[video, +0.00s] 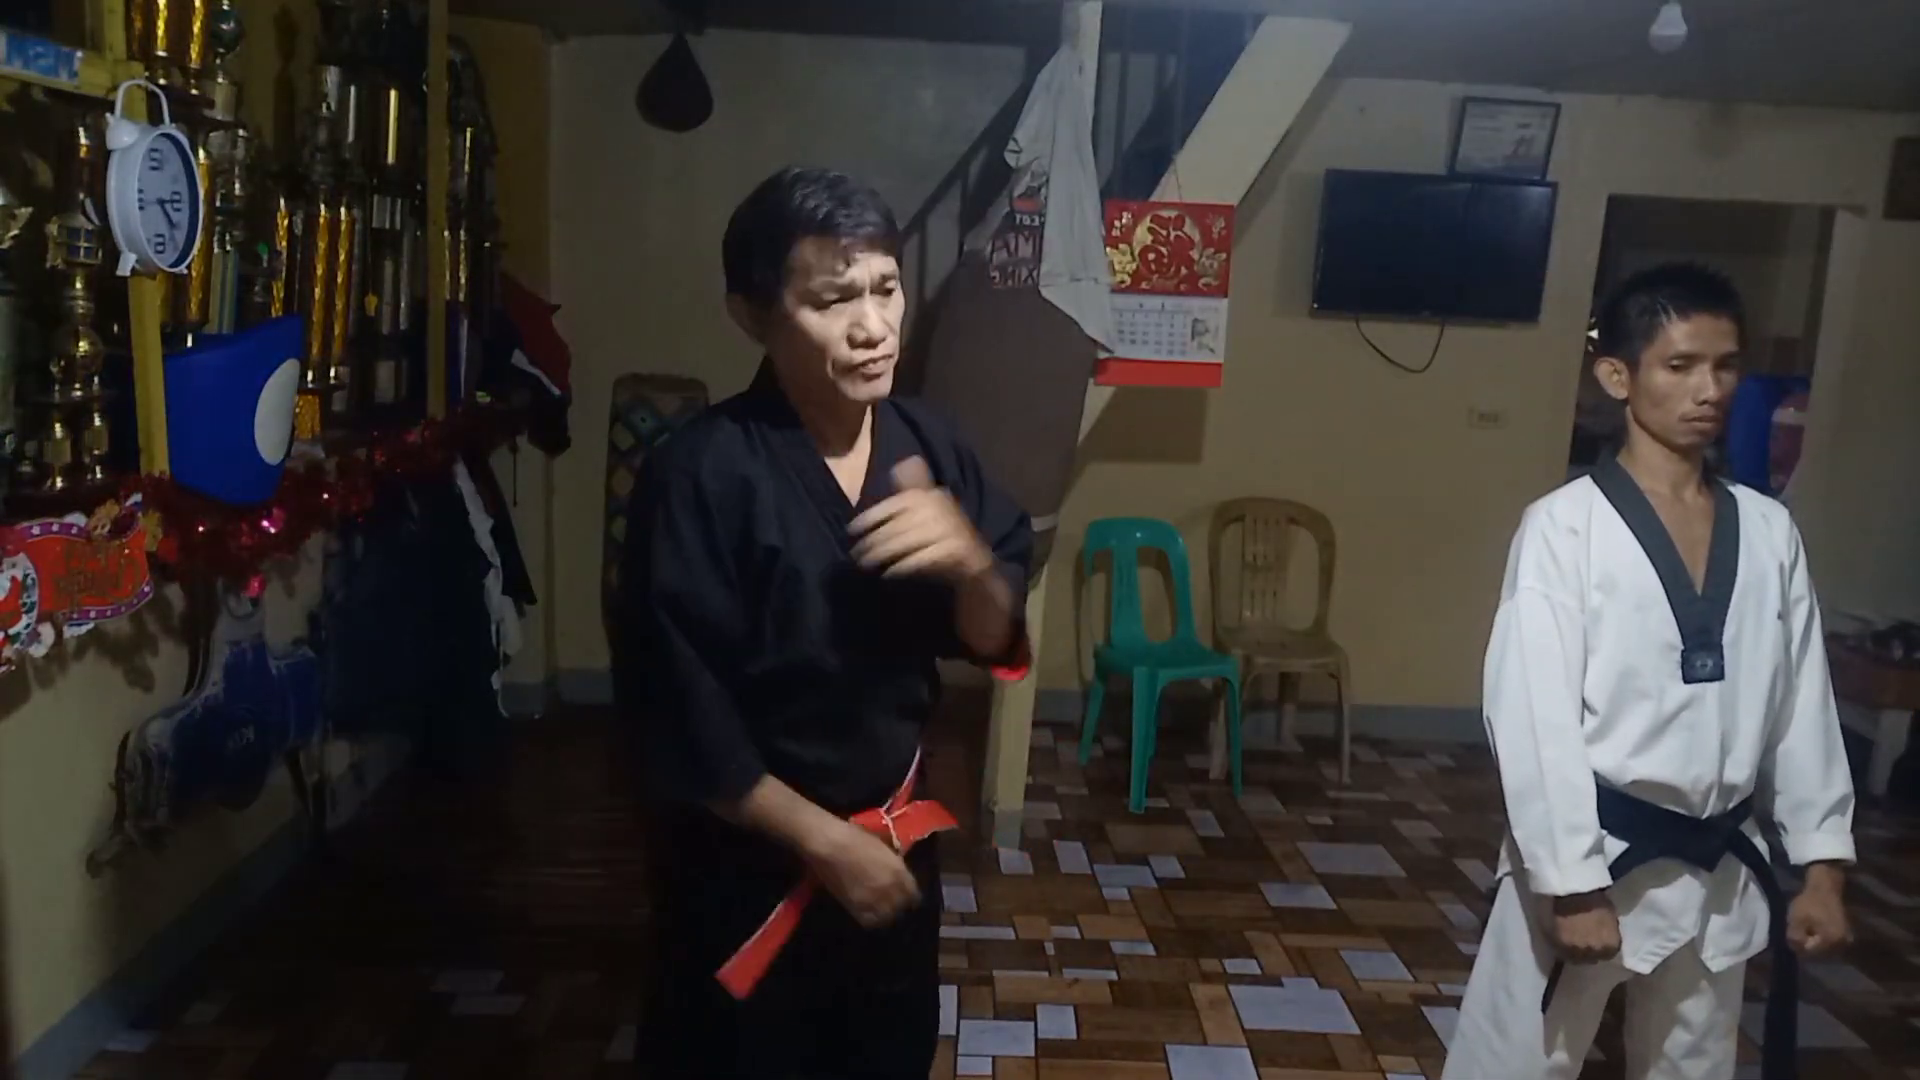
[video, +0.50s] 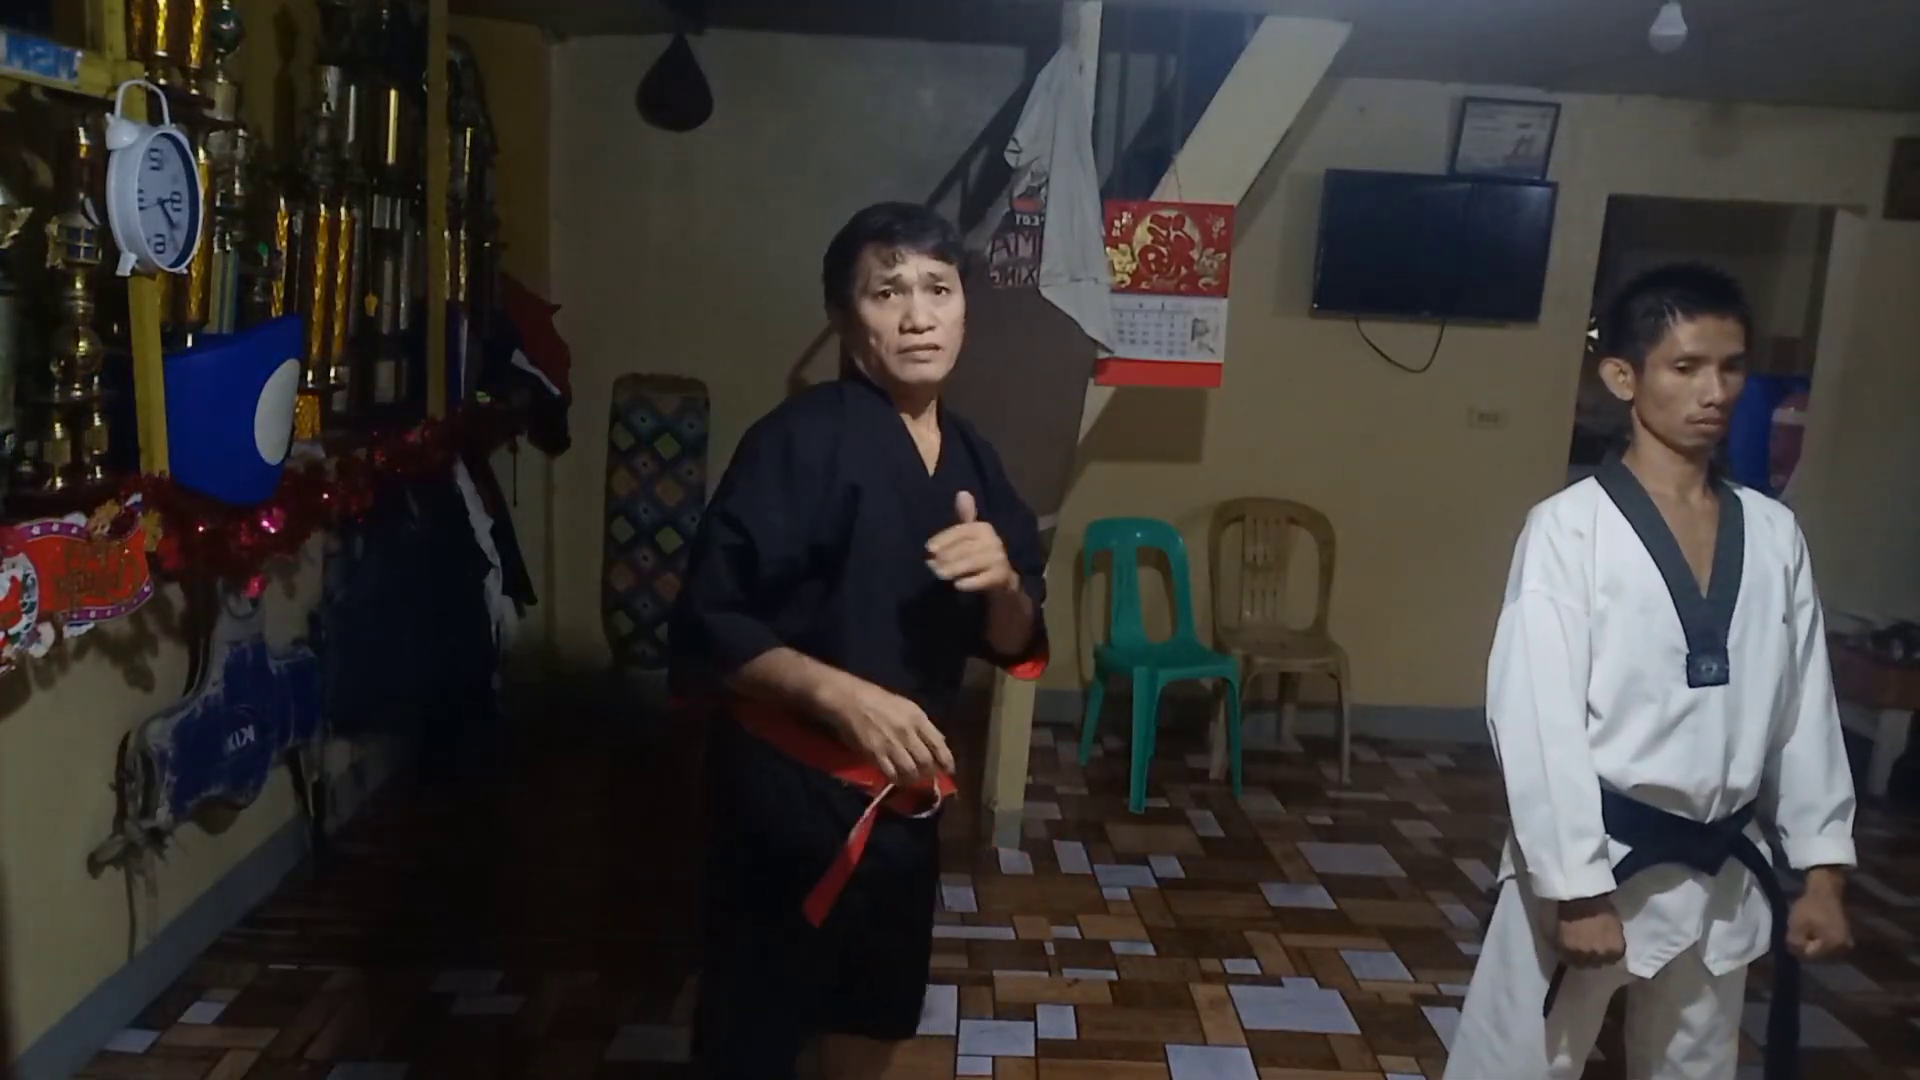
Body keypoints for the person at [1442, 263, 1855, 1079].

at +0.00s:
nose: (1710, 390)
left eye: (1724, 365)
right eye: (1681, 365)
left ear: (1739, 371)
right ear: (1616, 377)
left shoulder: (1769, 529)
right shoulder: (1562, 527)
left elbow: (1802, 702)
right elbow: (1533, 712)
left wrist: (1823, 864)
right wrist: (1576, 884)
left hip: (1719, 874)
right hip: (1583, 870)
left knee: (1693, 1069)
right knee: (1523, 1065)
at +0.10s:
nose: (1710, 390)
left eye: (1724, 365)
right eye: (1681, 365)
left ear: (1739, 372)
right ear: (1616, 377)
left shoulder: (1770, 530)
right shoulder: (1563, 528)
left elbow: (1804, 703)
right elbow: (1534, 713)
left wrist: (1825, 864)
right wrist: (1578, 886)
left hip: (1720, 873)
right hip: (1584, 869)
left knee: (1694, 1070)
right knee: (1523, 1065)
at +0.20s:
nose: (1711, 390)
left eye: (1725, 366)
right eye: (1682, 366)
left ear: (1740, 372)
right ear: (1617, 377)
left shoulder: (1771, 530)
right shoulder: (1565, 529)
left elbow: (1805, 704)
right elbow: (1536, 715)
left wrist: (1827, 865)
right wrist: (1581, 888)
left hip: (1721, 872)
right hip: (1586, 869)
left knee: (1695, 1070)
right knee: (1527, 1065)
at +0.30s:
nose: (1712, 391)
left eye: (1726, 366)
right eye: (1683, 366)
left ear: (1741, 373)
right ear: (1618, 378)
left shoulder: (1772, 531)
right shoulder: (1565, 530)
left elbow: (1806, 706)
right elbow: (1537, 714)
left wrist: (1826, 868)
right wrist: (1582, 887)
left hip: (1721, 874)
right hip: (1586, 870)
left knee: (1695, 1070)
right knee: (1526, 1065)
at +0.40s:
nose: (1713, 391)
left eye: (1728, 366)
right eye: (1684, 366)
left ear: (1743, 373)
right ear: (1619, 378)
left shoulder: (1773, 532)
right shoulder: (1566, 530)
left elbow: (1806, 707)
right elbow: (1536, 714)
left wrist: (1825, 870)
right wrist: (1581, 889)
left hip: (1721, 876)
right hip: (1586, 870)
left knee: (1694, 1070)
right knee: (1524, 1066)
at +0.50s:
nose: (1715, 392)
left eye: (1731, 367)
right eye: (1687, 367)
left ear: (1746, 374)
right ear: (1621, 378)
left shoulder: (1774, 531)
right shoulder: (1567, 530)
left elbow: (1806, 708)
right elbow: (1535, 714)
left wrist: (1824, 870)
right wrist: (1580, 889)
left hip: (1722, 876)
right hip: (1586, 871)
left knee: (1694, 1070)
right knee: (1523, 1066)